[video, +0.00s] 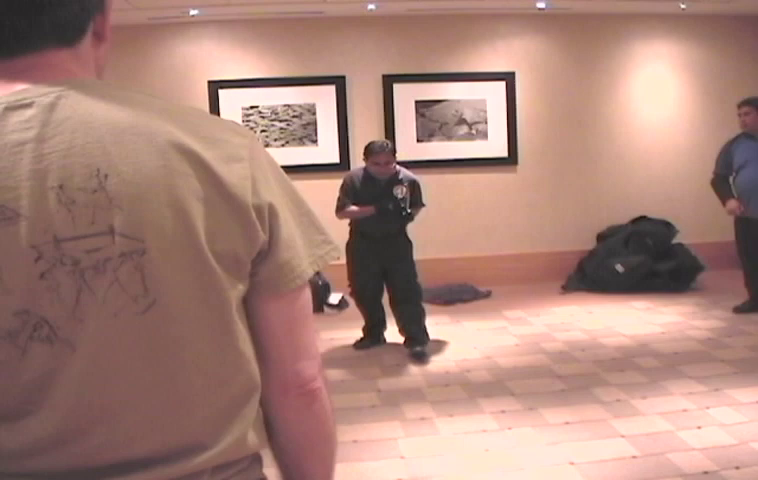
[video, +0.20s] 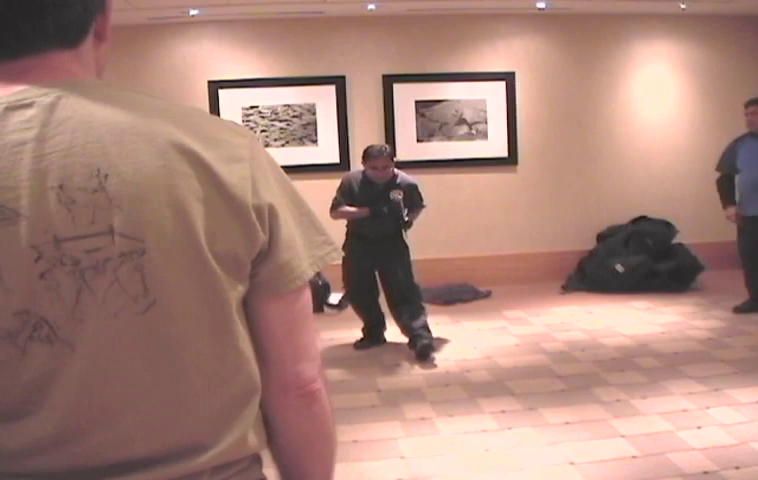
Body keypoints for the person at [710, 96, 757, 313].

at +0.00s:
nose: (743, 119)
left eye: (747, 114)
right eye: (740, 115)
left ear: (757, 115)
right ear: (738, 118)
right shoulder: (735, 145)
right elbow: (719, 177)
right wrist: (728, 199)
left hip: (754, 215)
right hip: (747, 215)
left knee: (752, 257)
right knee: (749, 257)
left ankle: (754, 297)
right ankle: (753, 296)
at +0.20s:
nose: (750, 119)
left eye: (753, 114)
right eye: (748, 114)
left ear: (757, 116)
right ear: (745, 117)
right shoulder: (739, 145)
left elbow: (725, 174)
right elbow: (725, 175)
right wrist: (729, 204)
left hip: (752, 214)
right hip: (747, 214)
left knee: (750, 256)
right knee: (748, 256)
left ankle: (753, 296)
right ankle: (752, 296)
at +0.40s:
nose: (755, 115)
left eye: (755, 111)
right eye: (755, 110)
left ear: (755, 113)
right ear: (753, 112)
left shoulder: (747, 145)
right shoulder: (747, 145)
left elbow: (732, 174)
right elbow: (732, 174)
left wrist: (726, 202)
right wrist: (725, 202)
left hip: (752, 213)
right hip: (751, 212)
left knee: (751, 255)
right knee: (751, 255)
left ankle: (753, 296)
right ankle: (753, 296)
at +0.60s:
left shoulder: (752, 146)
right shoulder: (753, 145)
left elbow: (742, 170)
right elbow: (742, 169)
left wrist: (727, 195)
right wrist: (727, 195)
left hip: (754, 215)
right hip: (754, 214)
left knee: (751, 258)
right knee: (752, 257)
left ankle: (753, 297)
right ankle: (753, 297)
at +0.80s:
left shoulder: (753, 149)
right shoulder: (755, 147)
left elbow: (749, 168)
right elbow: (749, 168)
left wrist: (734, 188)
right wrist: (733, 188)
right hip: (756, 214)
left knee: (753, 255)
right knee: (753, 254)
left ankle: (753, 297)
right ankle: (753, 297)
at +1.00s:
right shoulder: (756, 148)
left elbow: (751, 166)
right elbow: (752, 165)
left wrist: (738, 186)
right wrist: (738, 185)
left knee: (754, 254)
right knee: (754, 254)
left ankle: (754, 297)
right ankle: (754, 297)